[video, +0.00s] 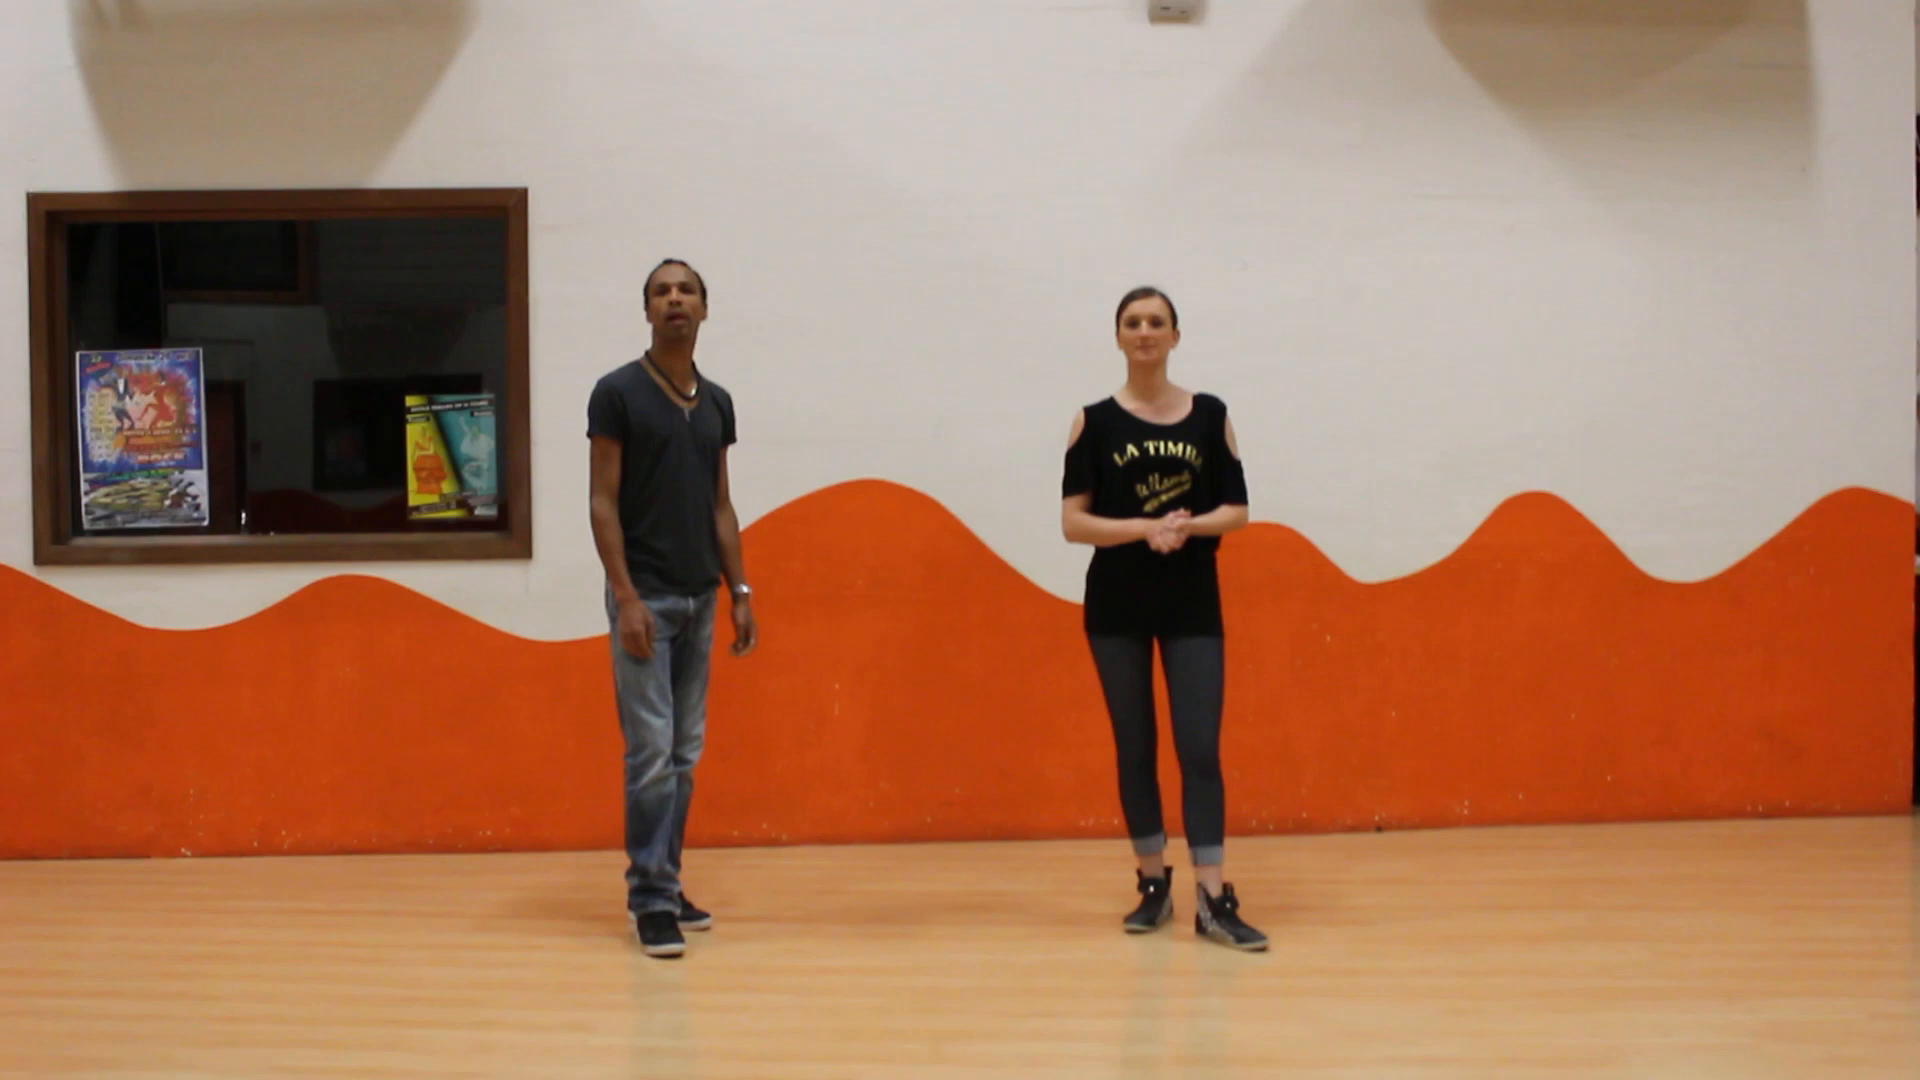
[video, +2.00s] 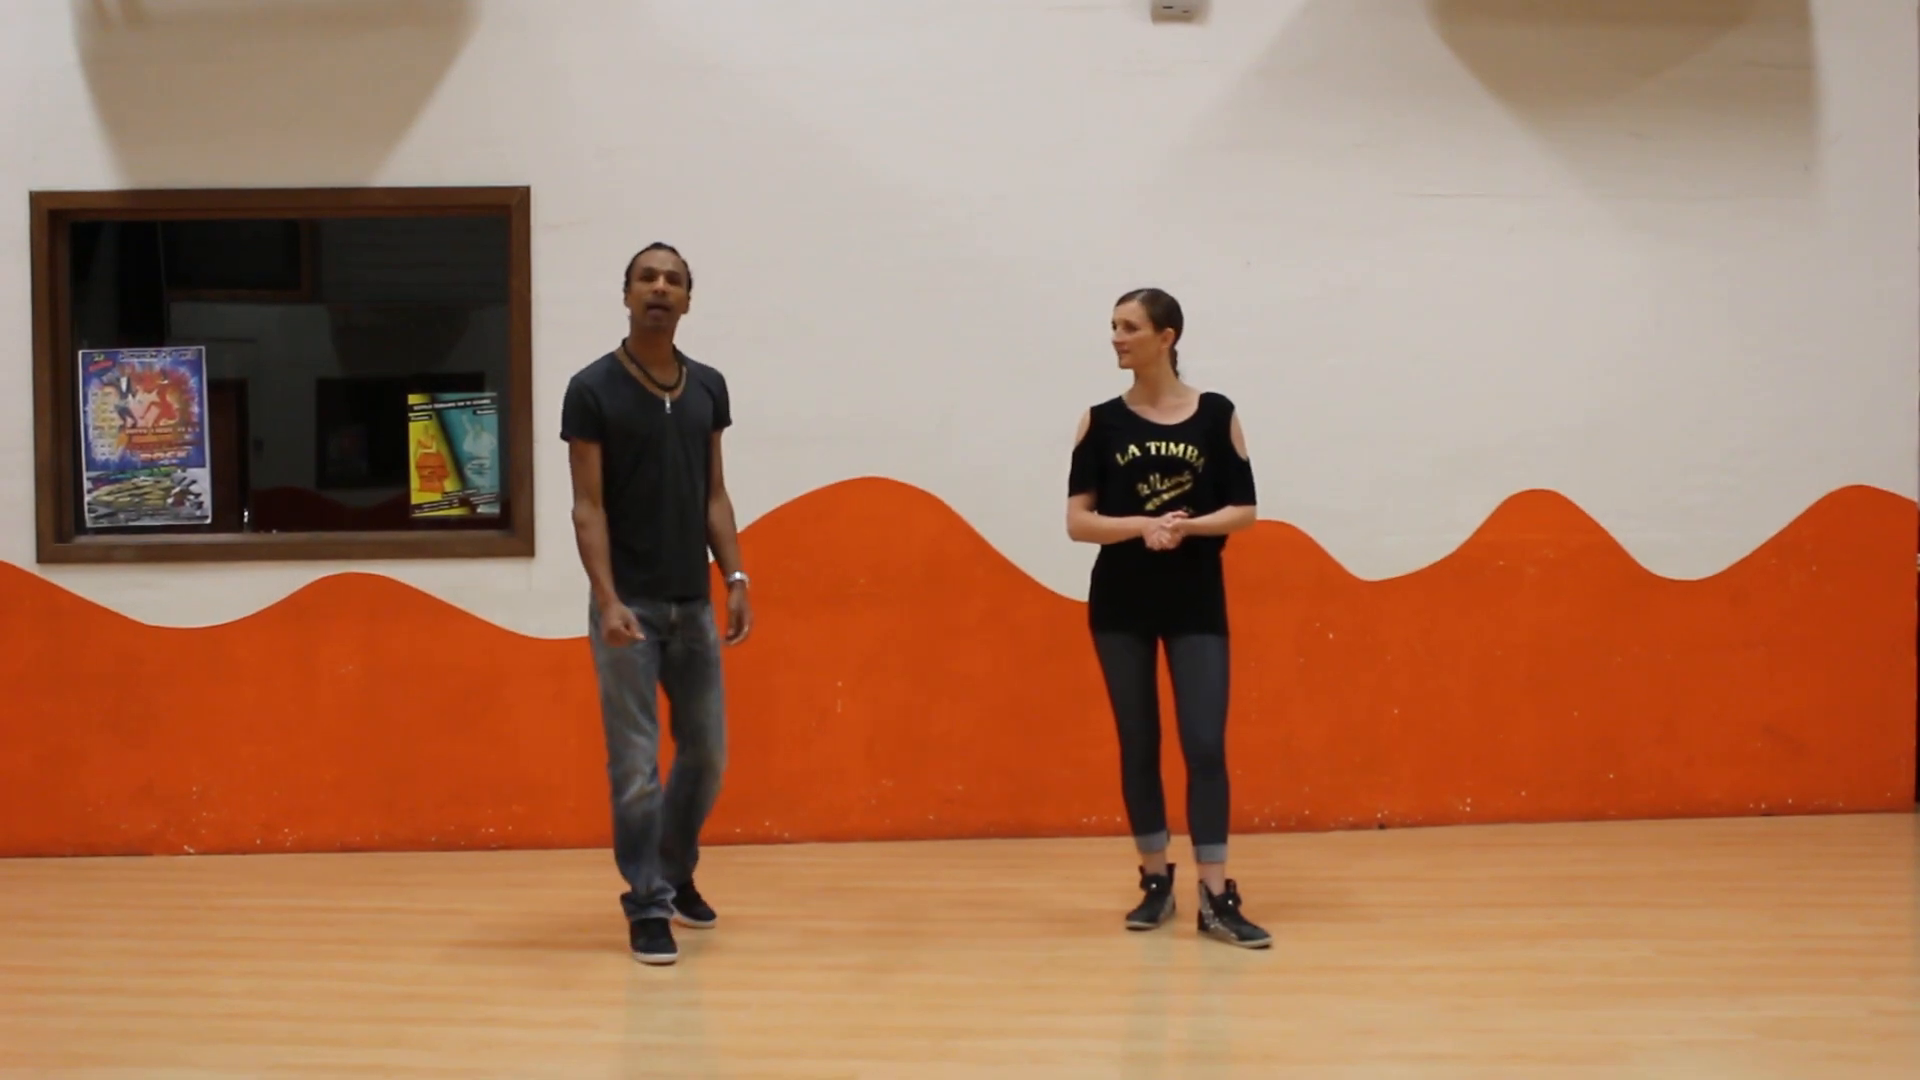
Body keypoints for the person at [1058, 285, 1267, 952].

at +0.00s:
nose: (1145, 333)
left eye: (1156, 323)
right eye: (1133, 323)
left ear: (1175, 336)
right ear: (1117, 336)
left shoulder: (1208, 414)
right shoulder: (1092, 423)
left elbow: (1236, 510)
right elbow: (1075, 522)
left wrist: (1191, 524)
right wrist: (1140, 527)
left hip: (1191, 602)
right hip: (1117, 605)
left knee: (1199, 751)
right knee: (1135, 749)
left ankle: (1213, 900)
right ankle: (1154, 886)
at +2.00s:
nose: (1116, 339)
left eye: (1129, 329)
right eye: (1115, 329)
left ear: (1167, 335)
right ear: (1119, 338)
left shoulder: (1215, 413)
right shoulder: (1099, 421)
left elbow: (1243, 510)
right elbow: (1079, 521)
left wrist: (1188, 524)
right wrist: (1138, 526)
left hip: (1195, 601)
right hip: (1120, 601)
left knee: (1205, 747)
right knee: (1138, 745)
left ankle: (1216, 896)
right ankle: (1157, 882)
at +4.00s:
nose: (1142, 336)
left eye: (1153, 325)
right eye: (1131, 327)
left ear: (1172, 337)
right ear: (1115, 339)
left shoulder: (1208, 412)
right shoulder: (1092, 424)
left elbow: (1243, 506)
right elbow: (1074, 524)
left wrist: (1194, 520)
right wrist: (1136, 519)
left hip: (1192, 602)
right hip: (1118, 604)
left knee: (1205, 747)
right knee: (1138, 746)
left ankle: (1216, 896)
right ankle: (1156, 883)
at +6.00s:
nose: (1124, 323)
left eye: (1137, 316)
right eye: (1127, 313)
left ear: (1174, 332)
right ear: (1157, 331)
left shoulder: (1194, 409)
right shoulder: (1136, 412)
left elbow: (1212, 509)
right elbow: (1145, 500)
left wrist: (1129, 524)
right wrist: (1111, 515)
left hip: (1202, 598)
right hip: (1152, 596)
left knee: (1198, 744)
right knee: (1160, 743)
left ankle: (1231, 883)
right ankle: (1165, 882)